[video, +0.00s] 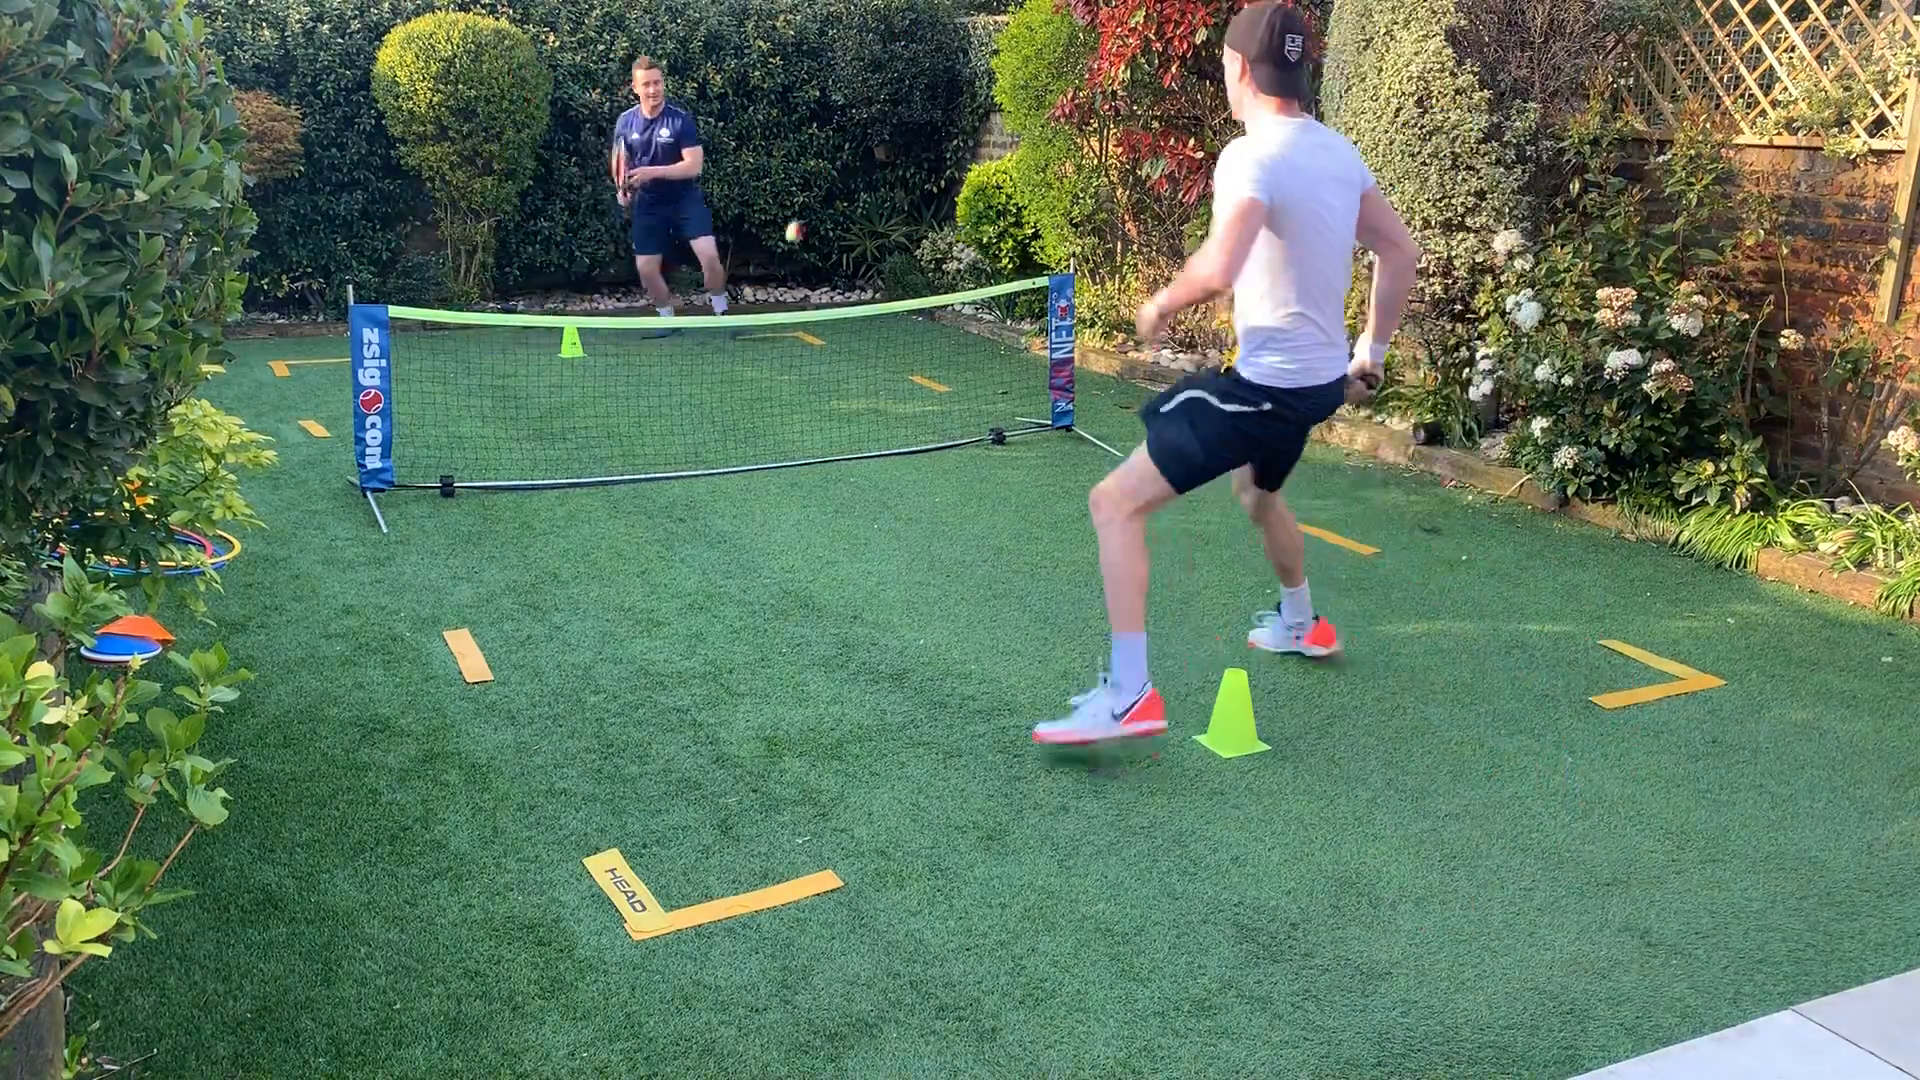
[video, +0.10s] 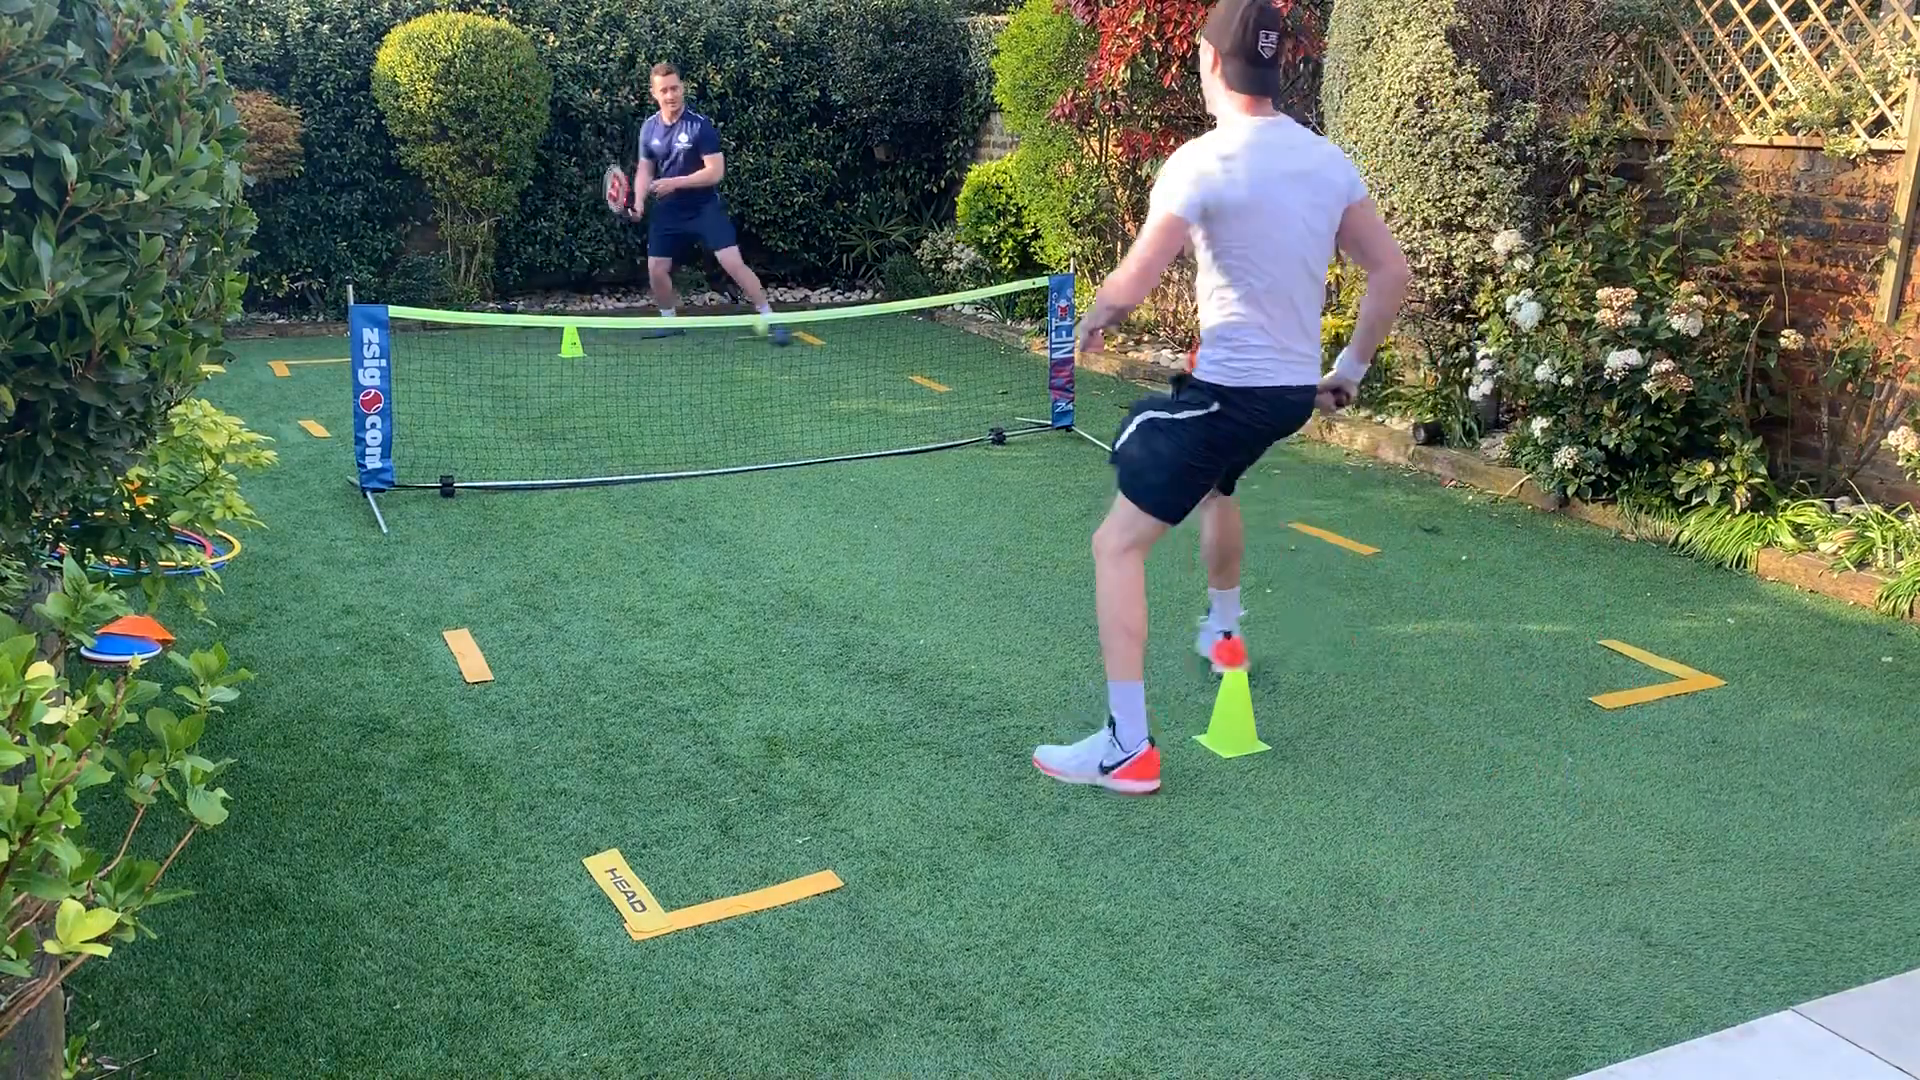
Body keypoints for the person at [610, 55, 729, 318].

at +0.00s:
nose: (653, 89)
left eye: (657, 83)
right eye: (646, 84)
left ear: (663, 84)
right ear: (635, 88)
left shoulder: (681, 120)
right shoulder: (625, 122)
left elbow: (694, 166)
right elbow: (619, 162)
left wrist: (652, 172)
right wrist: (622, 186)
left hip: (685, 198)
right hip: (647, 203)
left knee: (710, 256)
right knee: (646, 269)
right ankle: (668, 320)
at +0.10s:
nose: (670, 95)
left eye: (674, 88)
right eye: (663, 90)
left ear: (683, 89)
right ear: (654, 94)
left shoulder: (700, 126)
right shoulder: (648, 129)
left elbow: (715, 172)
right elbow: (644, 171)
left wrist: (675, 182)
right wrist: (638, 204)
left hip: (705, 206)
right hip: (667, 208)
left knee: (733, 264)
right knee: (656, 271)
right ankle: (669, 321)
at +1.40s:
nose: (647, 82)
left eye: (652, 75)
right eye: (640, 76)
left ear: (661, 76)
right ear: (629, 78)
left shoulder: (678, 111)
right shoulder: (616, 116)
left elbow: (712, 149)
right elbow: (597, 150)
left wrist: (682, 158)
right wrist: (591, 171)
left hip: (676, 202)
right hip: (639, 204)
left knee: (681, 273)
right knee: (641, 272)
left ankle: (690, 339)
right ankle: (688, 315)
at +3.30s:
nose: (430, 95)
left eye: (435, 88)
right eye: (423, 89)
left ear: (445, 89)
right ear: (414, 92)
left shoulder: (465, 126)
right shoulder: (404, 128)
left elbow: (484, 173)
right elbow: (395, 169)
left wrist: (443, 182)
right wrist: (390, 200)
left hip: (464, 209)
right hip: (423, 211)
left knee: (469, 266)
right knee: (420, 275)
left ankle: (472, 329)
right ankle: (439, 328)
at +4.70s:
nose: (604, 106)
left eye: (609, 99)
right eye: (597, 101)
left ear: (619, 100)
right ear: (588, 105)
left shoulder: (639, 132)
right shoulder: (582, 145)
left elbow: (668, 163)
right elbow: (569, 195)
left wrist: (649, 176)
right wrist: (597, 203)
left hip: (650, 217)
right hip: (613, 223)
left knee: (688, 279)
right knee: (622, 276)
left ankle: (718, 327)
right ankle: (643, 349)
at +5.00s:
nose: (642, 105)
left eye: (648, 98)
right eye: (636, 99)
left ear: (659, 94)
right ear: (626, 97)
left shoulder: (679, 122)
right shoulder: (620, 129)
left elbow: (712, 156)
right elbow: (614, 165)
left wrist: (682, 171)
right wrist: (633, 182)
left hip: (682, 201)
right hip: (643, 202)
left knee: (708, 269)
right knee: (632, 262)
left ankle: (734, 329)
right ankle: (649, 326)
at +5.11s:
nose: (642, 107)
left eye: (647, 100)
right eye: (635, 101)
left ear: (658, 97)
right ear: (626, 101)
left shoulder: (680, 122)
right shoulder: (618, 132)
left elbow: (708, 156)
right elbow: (614, 168)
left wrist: (683, 172)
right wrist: (635, 184)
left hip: (682, 200)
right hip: (642, 203)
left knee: (708, 268)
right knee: (630, 267)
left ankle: (720, 325)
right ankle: (641, 316)